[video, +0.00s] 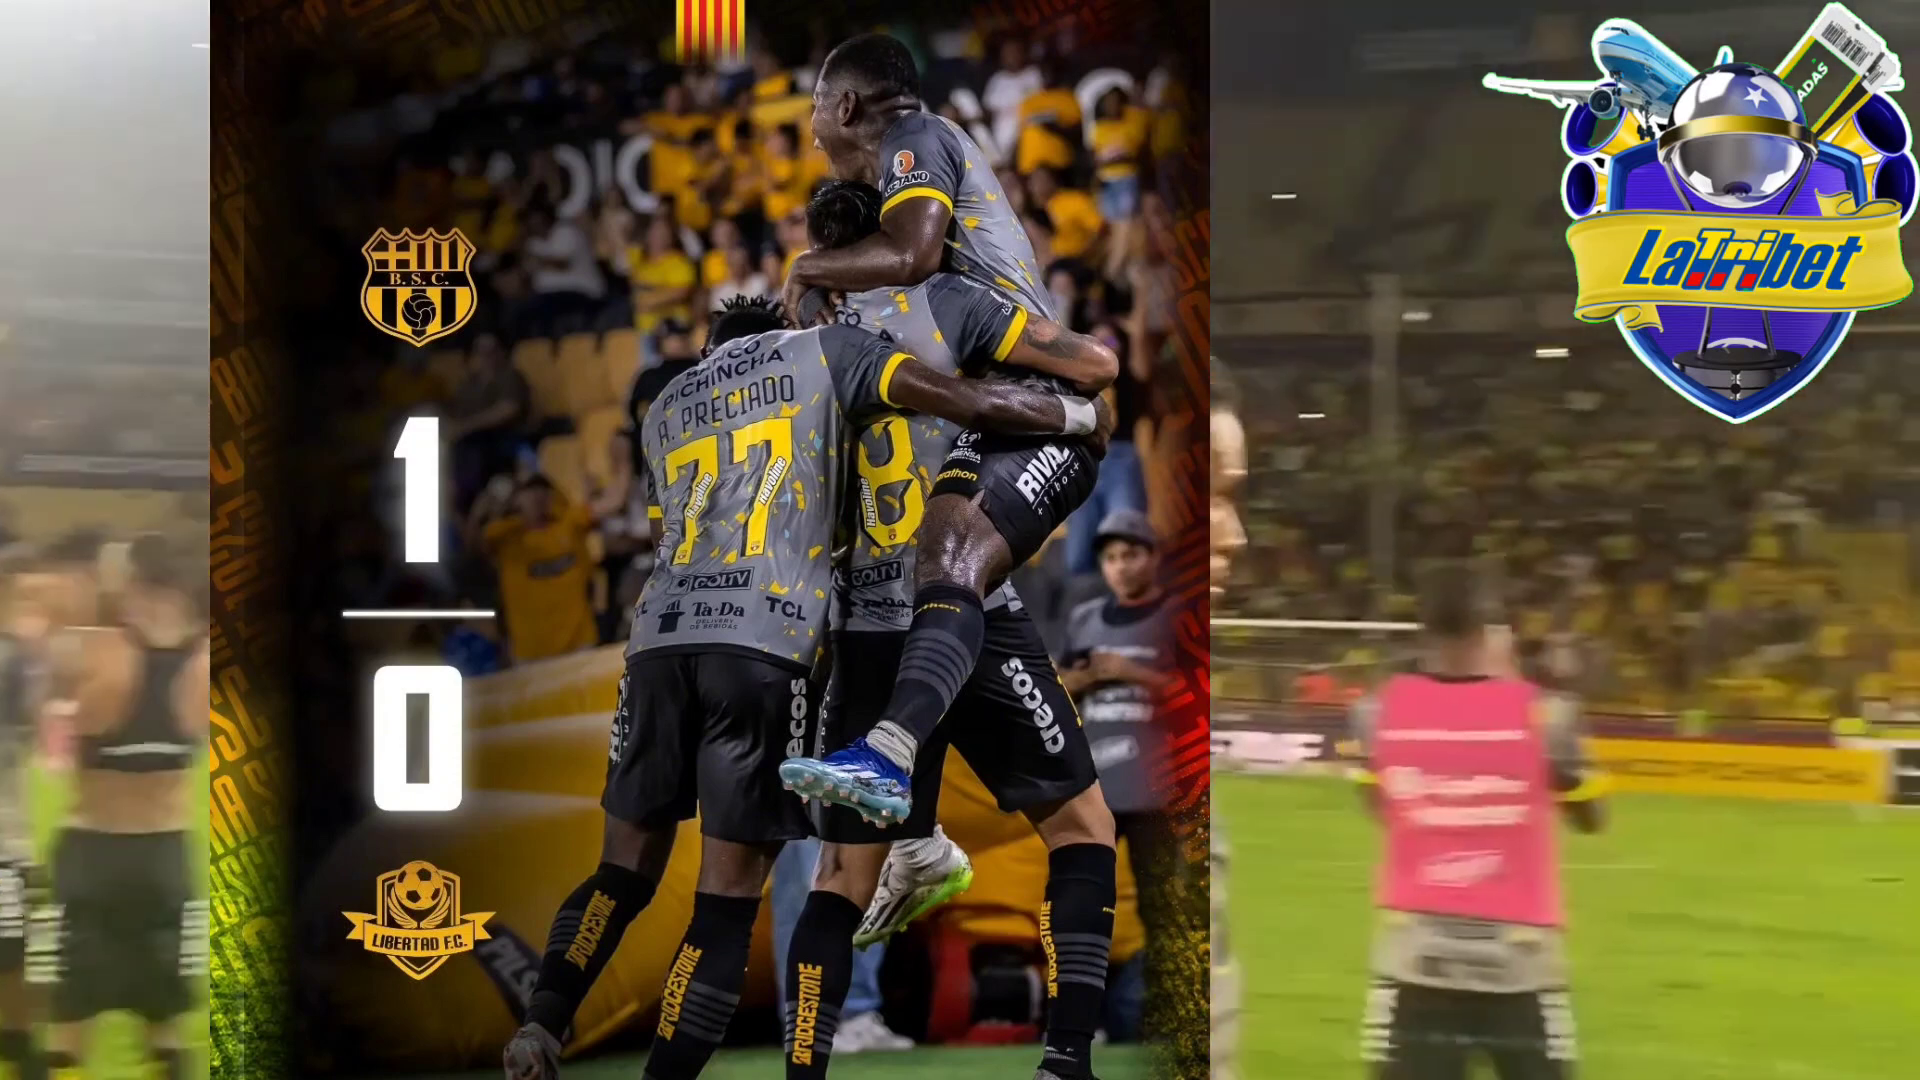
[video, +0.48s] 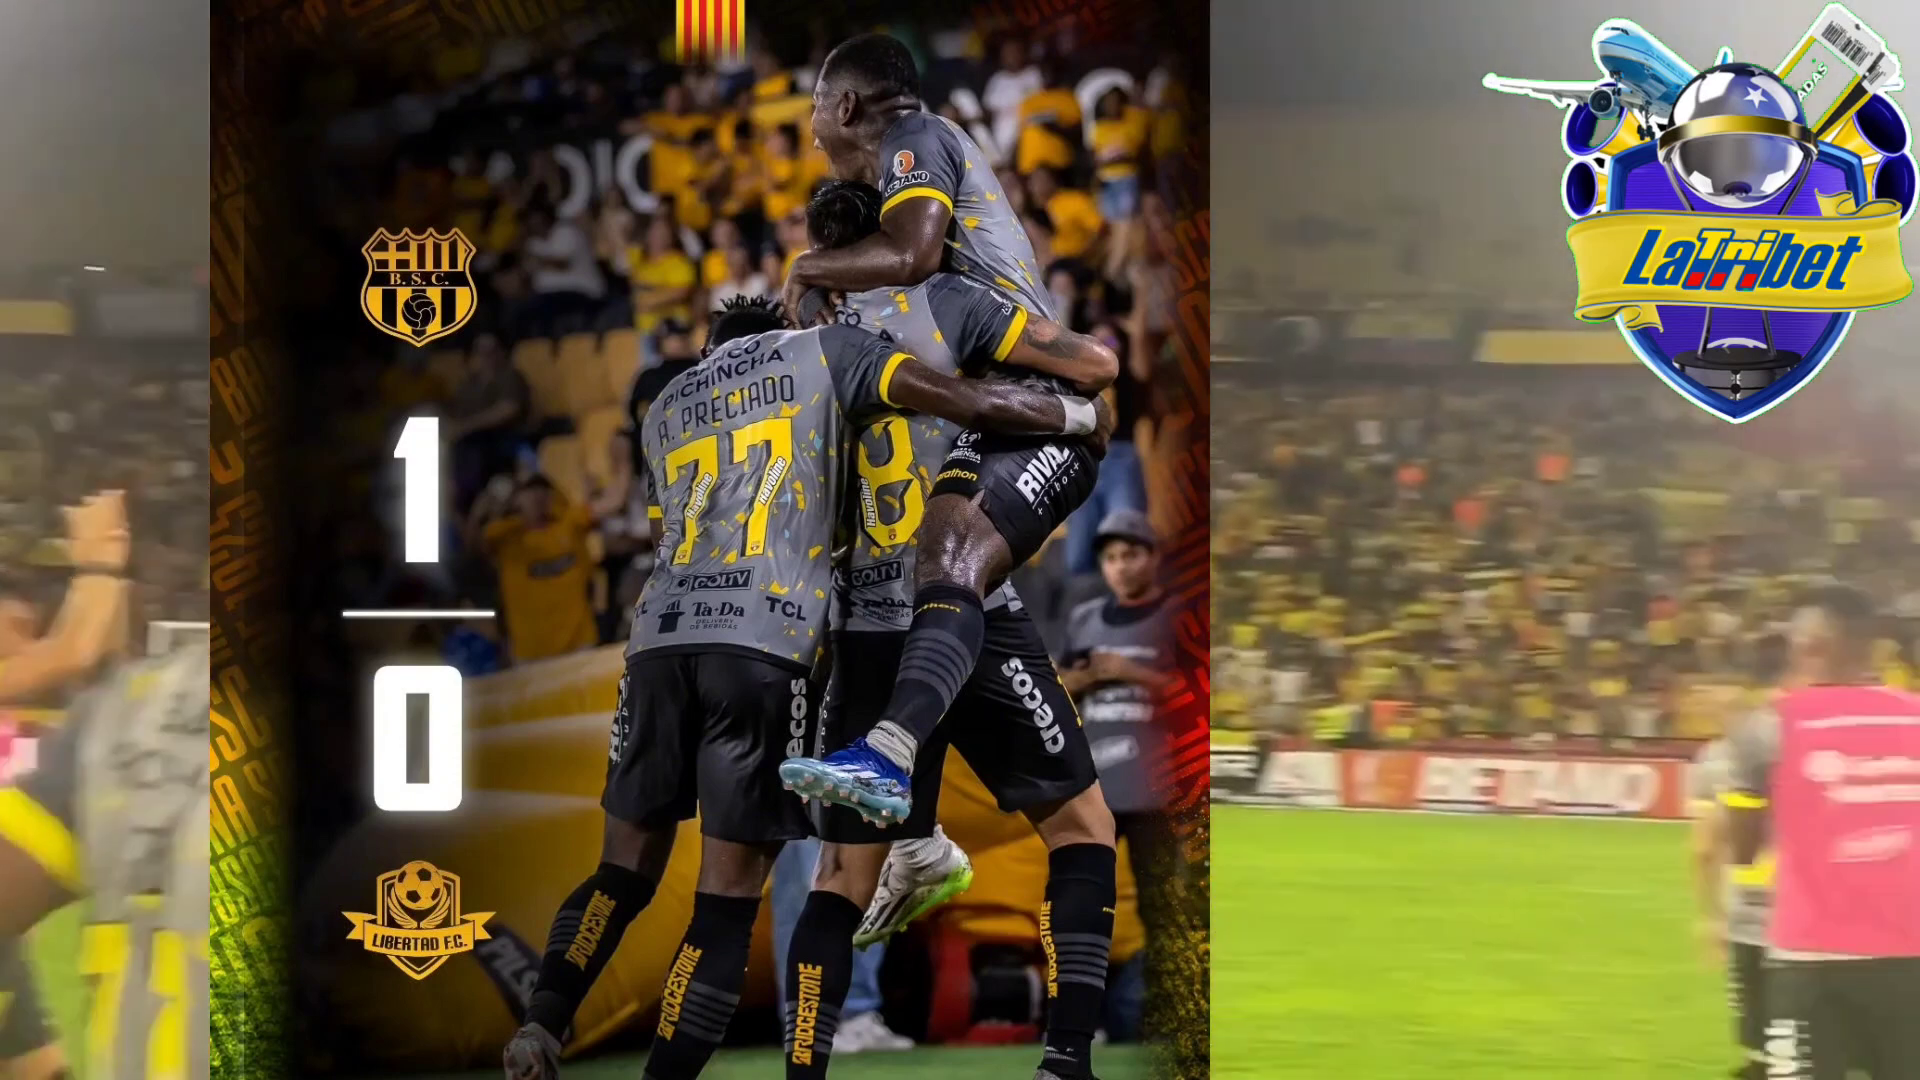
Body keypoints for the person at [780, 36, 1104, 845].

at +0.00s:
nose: (816, 134)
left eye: (821, 112)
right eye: (814, 115)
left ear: (857, 102)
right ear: (877, 105)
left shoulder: (914, 131)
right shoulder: (897, 166)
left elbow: (914, 251)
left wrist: (808, 265)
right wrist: (804, 301)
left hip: (1040, 403)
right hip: (978, 401)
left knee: (953, 557)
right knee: (888, 565)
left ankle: (886, 756)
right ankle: (917, 839)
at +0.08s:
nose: (816, 132)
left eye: (820, 112)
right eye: (814, 114)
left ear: (853, 102)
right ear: (877, 104)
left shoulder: (913, 133)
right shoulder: (906, 153)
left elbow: (914, 250)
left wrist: (808, 265)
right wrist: (808, 299)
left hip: (1042, 399)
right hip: (979, 396)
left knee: (954, 555)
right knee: (891, 562)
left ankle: (887, 756)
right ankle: (915, 840)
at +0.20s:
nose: (814, 125)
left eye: (821, 107)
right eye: (815, 107)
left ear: (855, 103)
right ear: (878, 105)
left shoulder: (913, 135)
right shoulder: (907, 155)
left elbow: (914, 252)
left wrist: (807, 265)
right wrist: (812, 299)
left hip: (1042, 404)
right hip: (979, 403)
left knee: (952, 557)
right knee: (884, 565)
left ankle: (889, 754)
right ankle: (917, 841)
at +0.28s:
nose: (814, 132)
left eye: (820, 111)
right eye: (813, 113)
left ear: (855, 105)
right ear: (879, 107)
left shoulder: (914, 135)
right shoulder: (908, 154)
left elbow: (915, 250)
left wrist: (807, 265)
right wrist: (799, 303)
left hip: (1041, 401)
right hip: (980, 399)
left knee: (952, 556)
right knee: (888, 563)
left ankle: (888, 756)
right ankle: (917, 840)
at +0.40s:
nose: (817, 140)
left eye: (820, 118)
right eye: (813, 122)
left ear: (855, 105)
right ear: (879, 105)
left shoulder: (912, 135)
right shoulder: (911, 152)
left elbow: (915, 249)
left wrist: (806, 266)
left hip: (1039, 407)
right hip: (980, 406)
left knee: (955, 554)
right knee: (886, 566)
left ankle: (886, 754)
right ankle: (916, 840)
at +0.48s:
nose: (817, 133)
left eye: (822, 113)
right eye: (815, 115)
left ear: (858, 102)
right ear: (878, 104)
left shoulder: (914, 132)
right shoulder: (897, 161)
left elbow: (914, 251)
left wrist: (808, 265)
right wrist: (811, 295)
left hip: (1042, 402)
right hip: (977, 399)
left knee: (953, 554)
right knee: (888, 563)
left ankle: (887, 758)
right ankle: (914, 837)